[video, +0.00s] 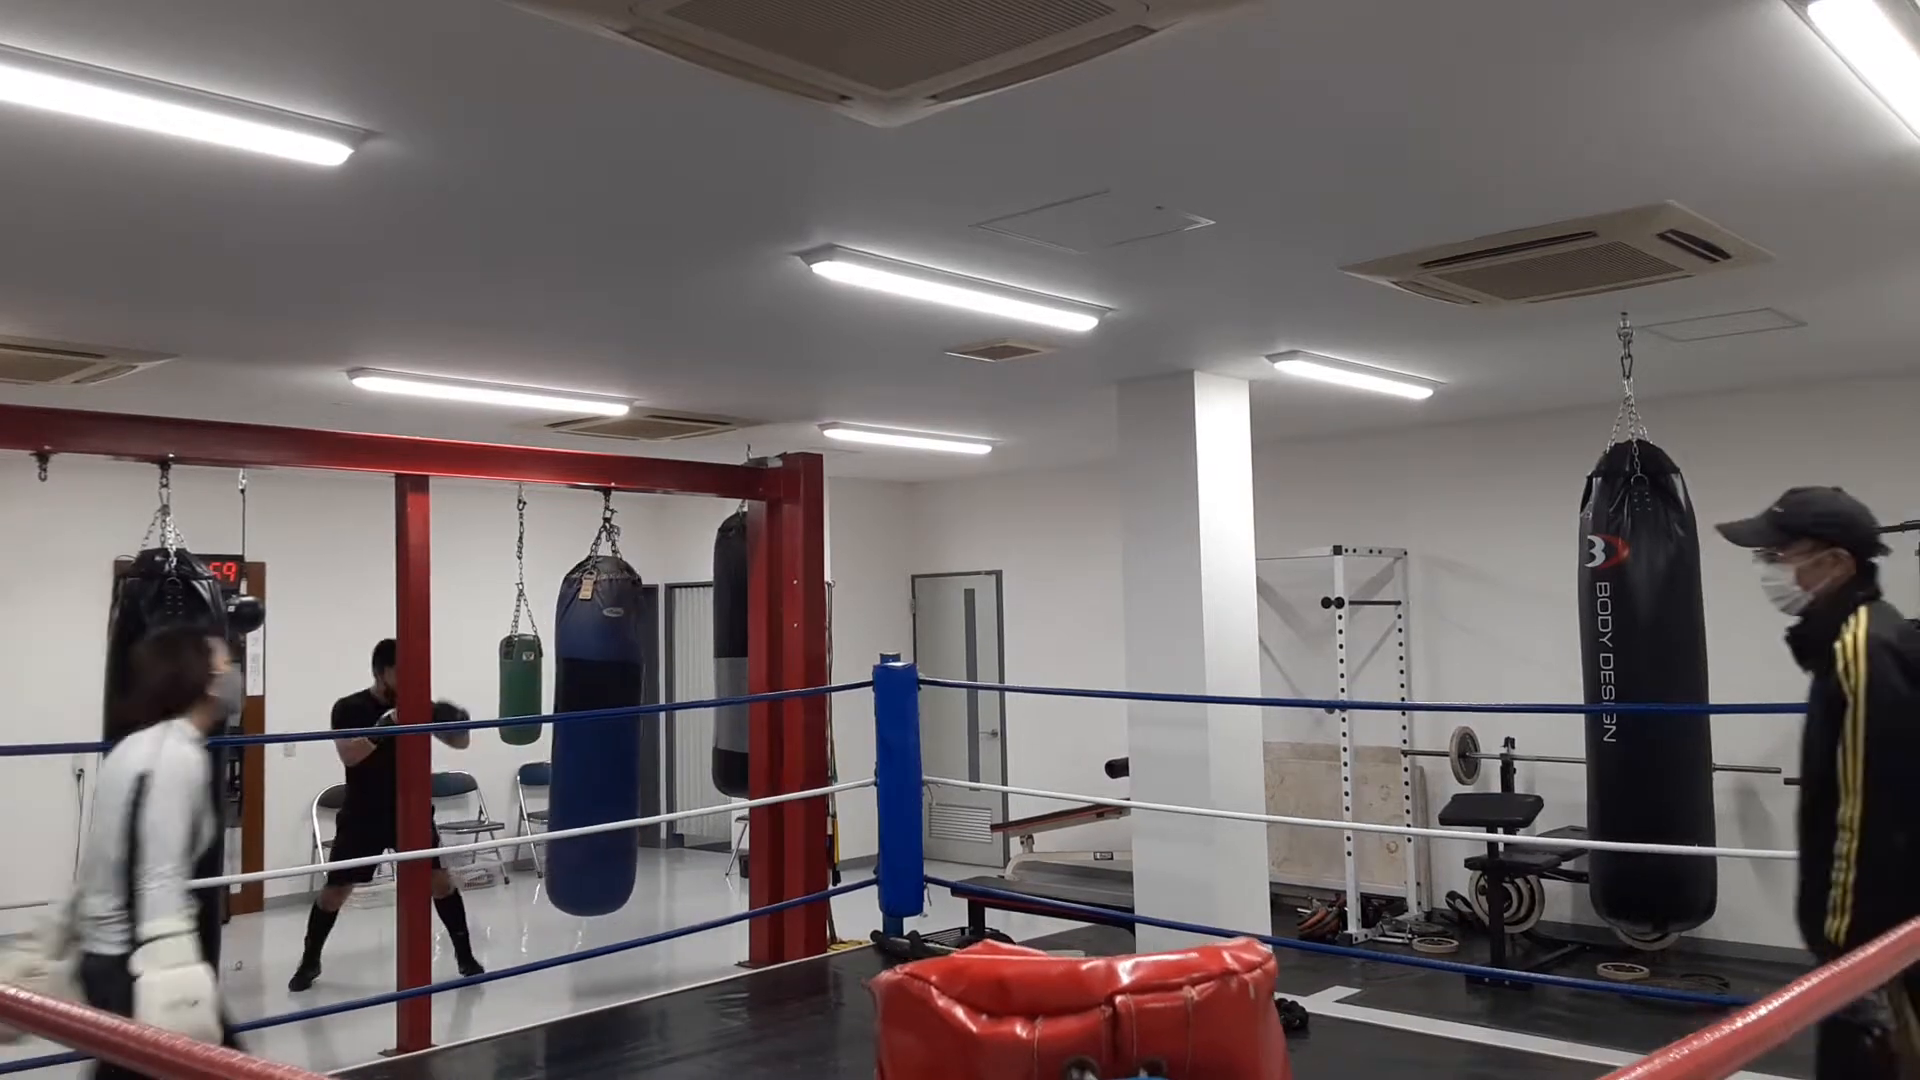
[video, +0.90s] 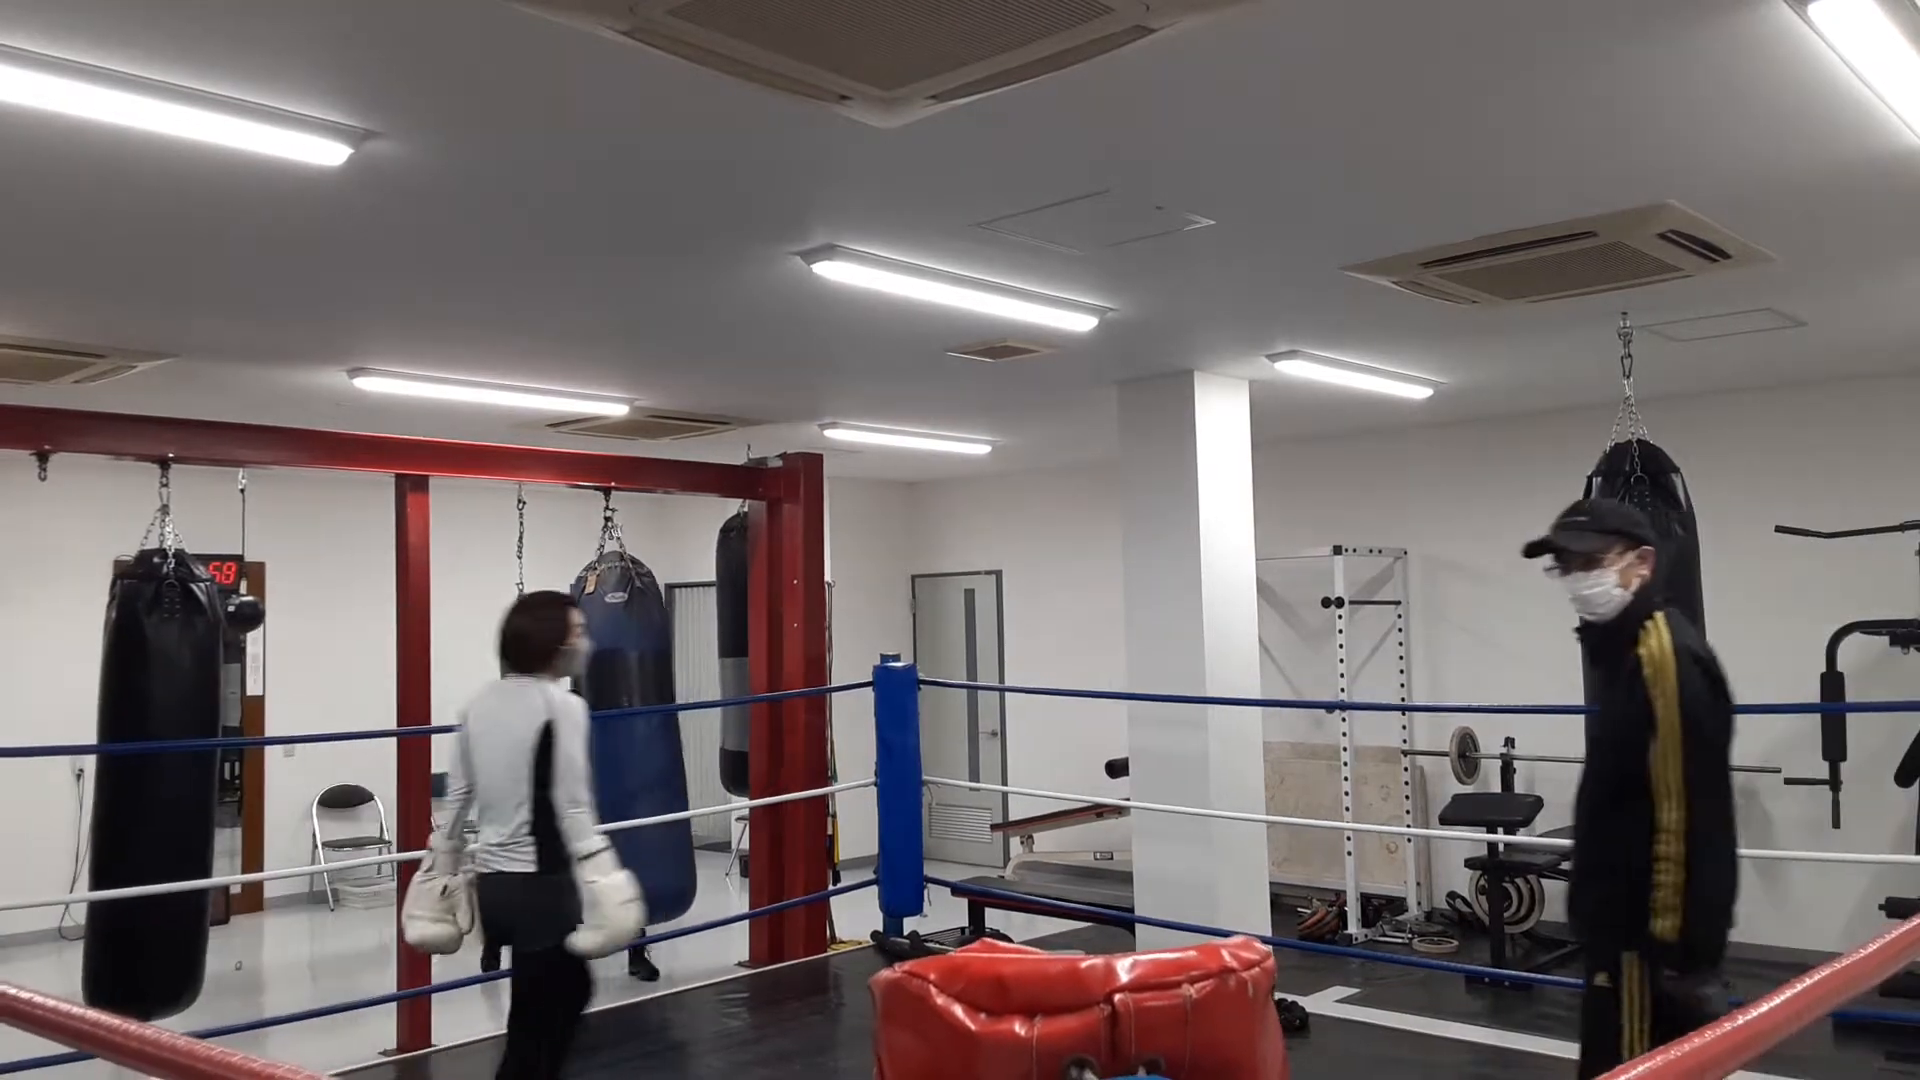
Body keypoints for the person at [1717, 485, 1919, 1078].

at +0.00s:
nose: (1769, 573)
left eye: (1780, 557)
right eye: (1769, 559)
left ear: (1835, 565)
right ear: (1831, 567)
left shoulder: (1861, 646)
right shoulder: (1860, 636)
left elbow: (1863, 810)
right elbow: (1852, 807)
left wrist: (1843, 955)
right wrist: (1839, 944)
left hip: (1871, 960)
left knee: (1858, 1068)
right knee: (1854, 1066)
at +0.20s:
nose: (1732, 576)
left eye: (1745, 559)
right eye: (1728, 563)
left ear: (1800, 559)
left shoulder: (1835, 650)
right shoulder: (1798, 645)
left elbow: (1832, 809)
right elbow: (1797, 797)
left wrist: (1801, 951)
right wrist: (1775, 931)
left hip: (1827, 946)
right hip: (1795, 935)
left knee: (1813, 1067)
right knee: (1789, 1064)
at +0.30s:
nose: (1714, 581)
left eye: (1728, 564)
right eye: (1708, 568)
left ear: (1783, 560)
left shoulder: (1823, 650)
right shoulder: (1768, 645)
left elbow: (1825, 809)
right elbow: (1769, 793)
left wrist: (1785, 945)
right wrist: (1749, 919)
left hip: (1808, 941)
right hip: (1762, 928)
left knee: (1810, 1065)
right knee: (1763, 1060)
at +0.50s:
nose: (1678, 585)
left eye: (1693, 567)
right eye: (1667, 572)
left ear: (1741, 563)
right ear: (1657, 575)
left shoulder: (1792, 655)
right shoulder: (1711, 654)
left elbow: (1810, 816)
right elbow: (1706, 789)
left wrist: (1766, 954)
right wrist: (1675, 879)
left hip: (1777, 933)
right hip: (1724, 916)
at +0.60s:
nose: (1654, 590)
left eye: (1668, 571)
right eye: (1642, 577)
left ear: (1715, 566)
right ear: (1632, 581)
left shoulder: (1761, 657)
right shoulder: (1685, 656)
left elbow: (1787, 815)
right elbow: (1684, 791)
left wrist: (1765, 961)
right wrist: (1647, 877)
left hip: (1753, 935)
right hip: (1703, 922)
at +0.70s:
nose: (1628, 588)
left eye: (1644, 570)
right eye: (1616, 575)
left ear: (1692, 568)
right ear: (1605, 580)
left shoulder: (1731, 662)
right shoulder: (1662, 661)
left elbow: (1756, 823)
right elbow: (1660, 796)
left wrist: (1751, 971)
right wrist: (1621, 878)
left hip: (1715, 947)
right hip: (1671, 936)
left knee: (1710, 1070)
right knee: (1668, 1067)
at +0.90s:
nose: (1575, 580)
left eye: (1591, 562)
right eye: (1568, 567)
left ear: (1640, 565)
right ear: (1561, 569)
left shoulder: (1663, 649)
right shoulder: (1627, 646)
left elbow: (1681, 805)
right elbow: (1632, 795)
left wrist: (1671, 949)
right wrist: (1607, 932)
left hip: (1644, 946)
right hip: (1617, 938)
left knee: (1631, 1072)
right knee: (1613, 1068)